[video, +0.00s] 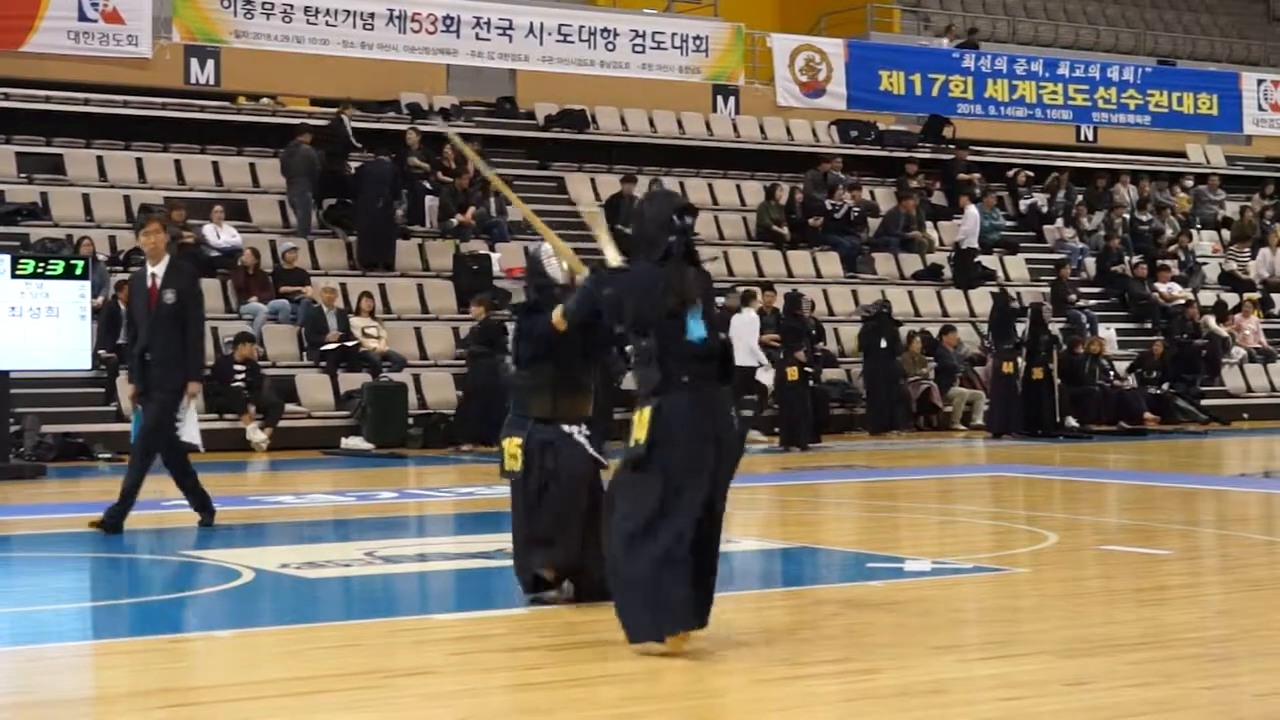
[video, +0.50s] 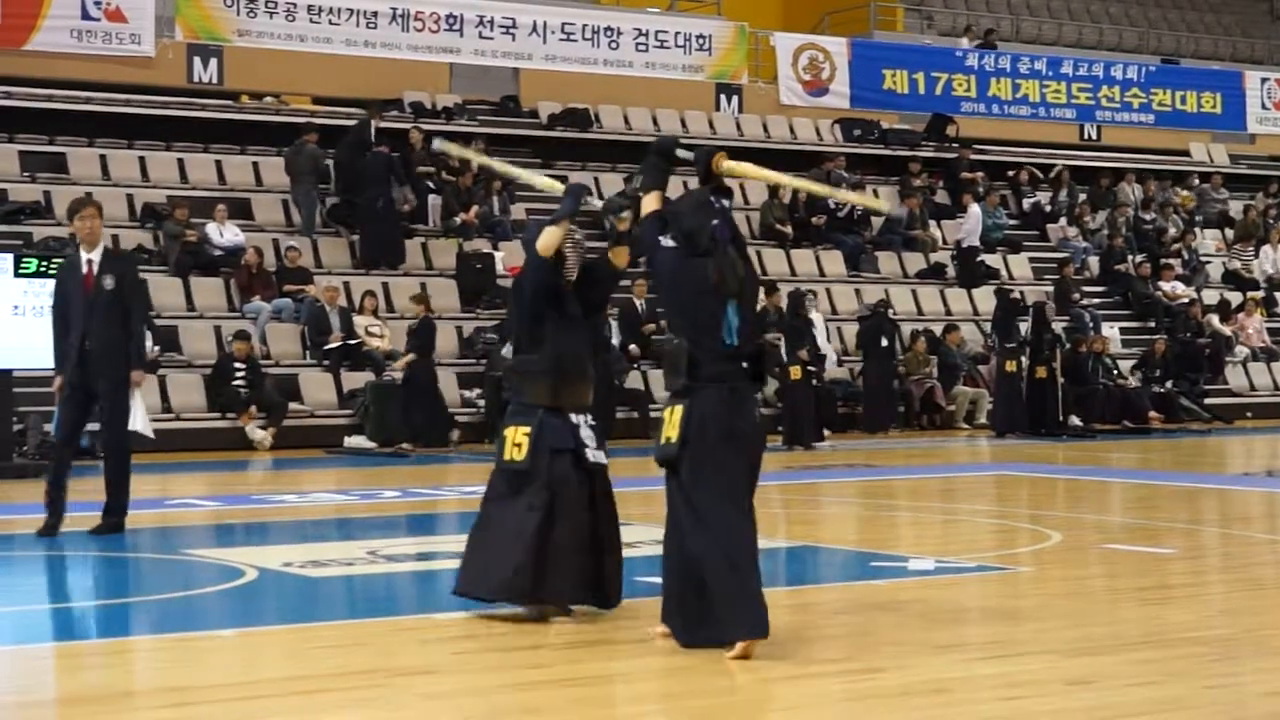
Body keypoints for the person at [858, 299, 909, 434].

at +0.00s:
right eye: (888, 309)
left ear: (874, 310)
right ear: (889, 310)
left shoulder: (867, 326)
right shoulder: (892, 326)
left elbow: (861, 347)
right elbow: (898, 349)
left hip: (871, 369)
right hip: (888, 368)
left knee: (875, 397)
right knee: (890, 396)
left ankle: (876, 426)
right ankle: (892, 424)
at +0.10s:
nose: (883, 313)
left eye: (882, 309)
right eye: (884, 310)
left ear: (873, 310)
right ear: (888, 311)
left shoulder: (866, 325)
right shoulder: (891, 325)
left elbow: (860, 346)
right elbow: (896, 347)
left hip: (870, 367)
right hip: (887, 367)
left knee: (873, 396)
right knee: (887, 396)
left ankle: (874, 425)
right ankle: (886, 425)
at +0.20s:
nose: (884, 314)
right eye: (885, 311)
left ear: (873, 310)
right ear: (887, 311)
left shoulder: (865, 325)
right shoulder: (891, 325)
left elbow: (860, 346)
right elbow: (897, 347)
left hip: (870, 366)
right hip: (887, 365)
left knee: (871, 396)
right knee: (886, 395)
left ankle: (872, 425)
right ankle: (886, 424)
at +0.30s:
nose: (884, 313)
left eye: (884, 310)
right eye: (885, 310)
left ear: (873, 310)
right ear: (886, 311)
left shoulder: (865, 325)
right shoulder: (891, 325)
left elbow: (860, 346)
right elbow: (899, 348)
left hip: (870, 366)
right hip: (887, 365)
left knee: (871, 395)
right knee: (886, 395)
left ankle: (871, 424)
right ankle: (886, 423)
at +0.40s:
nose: (884, 313)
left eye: (883, 309)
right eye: (885, 310)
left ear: (873, 310)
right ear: (886, 311)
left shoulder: (866, 325)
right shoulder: (891, 325)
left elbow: (859, 345)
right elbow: (899, 348)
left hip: (870, 365)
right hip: (887, 365)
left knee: (871, 395)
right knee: (886, 394)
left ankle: (871, 424)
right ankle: (885, 423)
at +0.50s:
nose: (885, 313)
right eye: (885, 310)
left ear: (873, 309)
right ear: (887, 311)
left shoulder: (866, 325)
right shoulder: (891, 325)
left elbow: (859, 345)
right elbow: (895, 348)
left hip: (870, 366)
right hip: (886, 366)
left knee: (871, 395)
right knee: (885, 394)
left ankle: (871, 424)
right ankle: (884, 423)